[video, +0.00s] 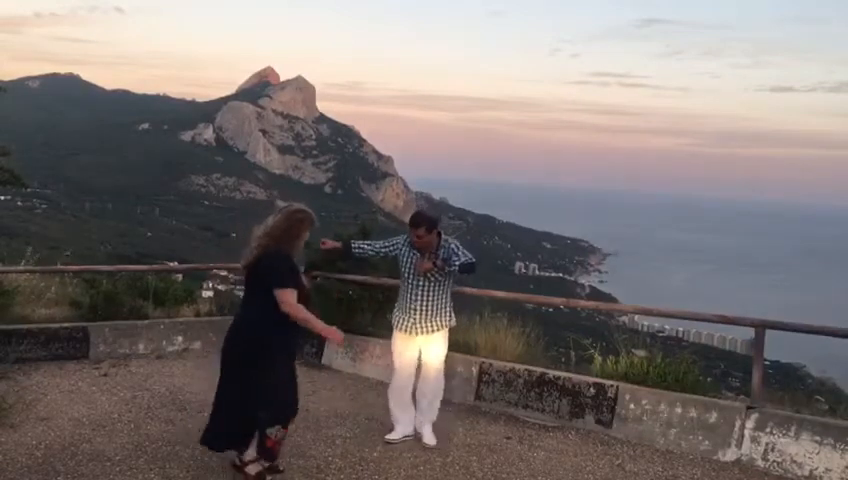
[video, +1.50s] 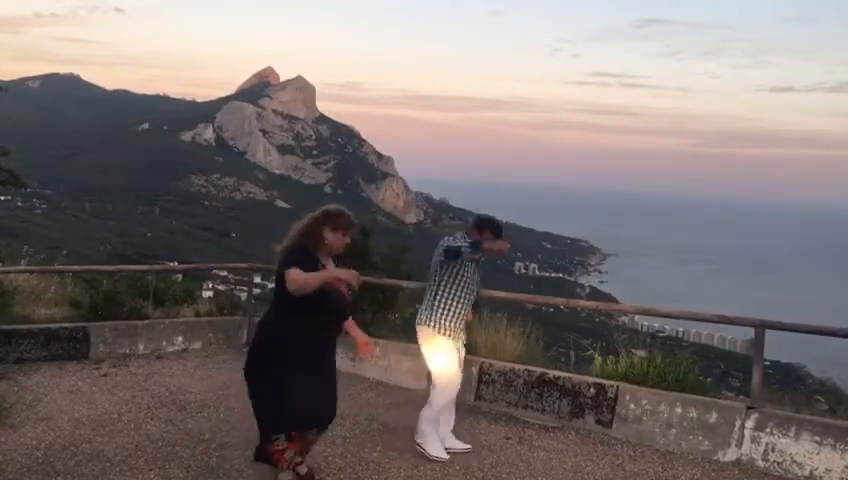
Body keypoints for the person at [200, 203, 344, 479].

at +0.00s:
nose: (306, 239)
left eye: (307, 233)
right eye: (305, 232)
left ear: (279, 226)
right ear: (295, 232)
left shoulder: (262, 257)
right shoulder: (280, 261)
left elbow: (261, 302)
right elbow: (289, 305)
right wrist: (325, 329)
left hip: (248, 339)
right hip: (269, 345)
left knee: (252, 397)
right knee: (284, 404)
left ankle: (243, 452)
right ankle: (262, 459)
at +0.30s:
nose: (317, 234)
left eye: (319, 229)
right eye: (317, 228)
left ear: (290, 219)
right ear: (305, 224)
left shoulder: (273, 245)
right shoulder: (287, 246)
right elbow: (299, 278)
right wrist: (342, 279)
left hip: (258, 334)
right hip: (278, 338)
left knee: (260, 392)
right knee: (285, 399)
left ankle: (250, 451)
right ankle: (272, 464)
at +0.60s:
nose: (326, 241)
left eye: (327, 235)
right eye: (324, 234)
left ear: (297, 227)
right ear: (310, 231)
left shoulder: (279, 252)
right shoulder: (293, 256)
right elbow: (307, 294)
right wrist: (341, 298)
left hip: (273, 341)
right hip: (285, 346)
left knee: (296, 401)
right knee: (294, 403)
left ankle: (283, 461)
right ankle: (275, 466)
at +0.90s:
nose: (338, 239)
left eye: (339, 233)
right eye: (336, 232)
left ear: (309, 224)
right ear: (324, 232)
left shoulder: (290, 254)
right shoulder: (312, 262)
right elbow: (312, 313)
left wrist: (334, 248)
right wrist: (330, 348)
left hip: (275, 338)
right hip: (296, 344)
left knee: (273, 399)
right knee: (291, 401)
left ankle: (271, 459)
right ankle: (286, 459)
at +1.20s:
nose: (344, 239)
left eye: (347, 234)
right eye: (343, 233)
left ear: (323, 228)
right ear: (328, 228)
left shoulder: (306, 254)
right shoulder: (309, 256)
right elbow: (305, 298)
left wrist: (339, 297)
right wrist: (338, 319)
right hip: (301, 343)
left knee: (279, 400)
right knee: (311, 401)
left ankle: (284, 463)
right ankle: (295, 462)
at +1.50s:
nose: (346, 242)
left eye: (348, 237)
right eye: (343, 235)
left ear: (330, 234)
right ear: (326, 230)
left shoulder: (329, 266)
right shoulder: (298, 253)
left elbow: (335, 309)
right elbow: (294, 284)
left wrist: (358, 335)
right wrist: (332, 274)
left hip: (316, 352)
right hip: (283, 350)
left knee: (322, 412)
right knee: (290, 412)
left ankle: (295, 460)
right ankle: (285, 468)